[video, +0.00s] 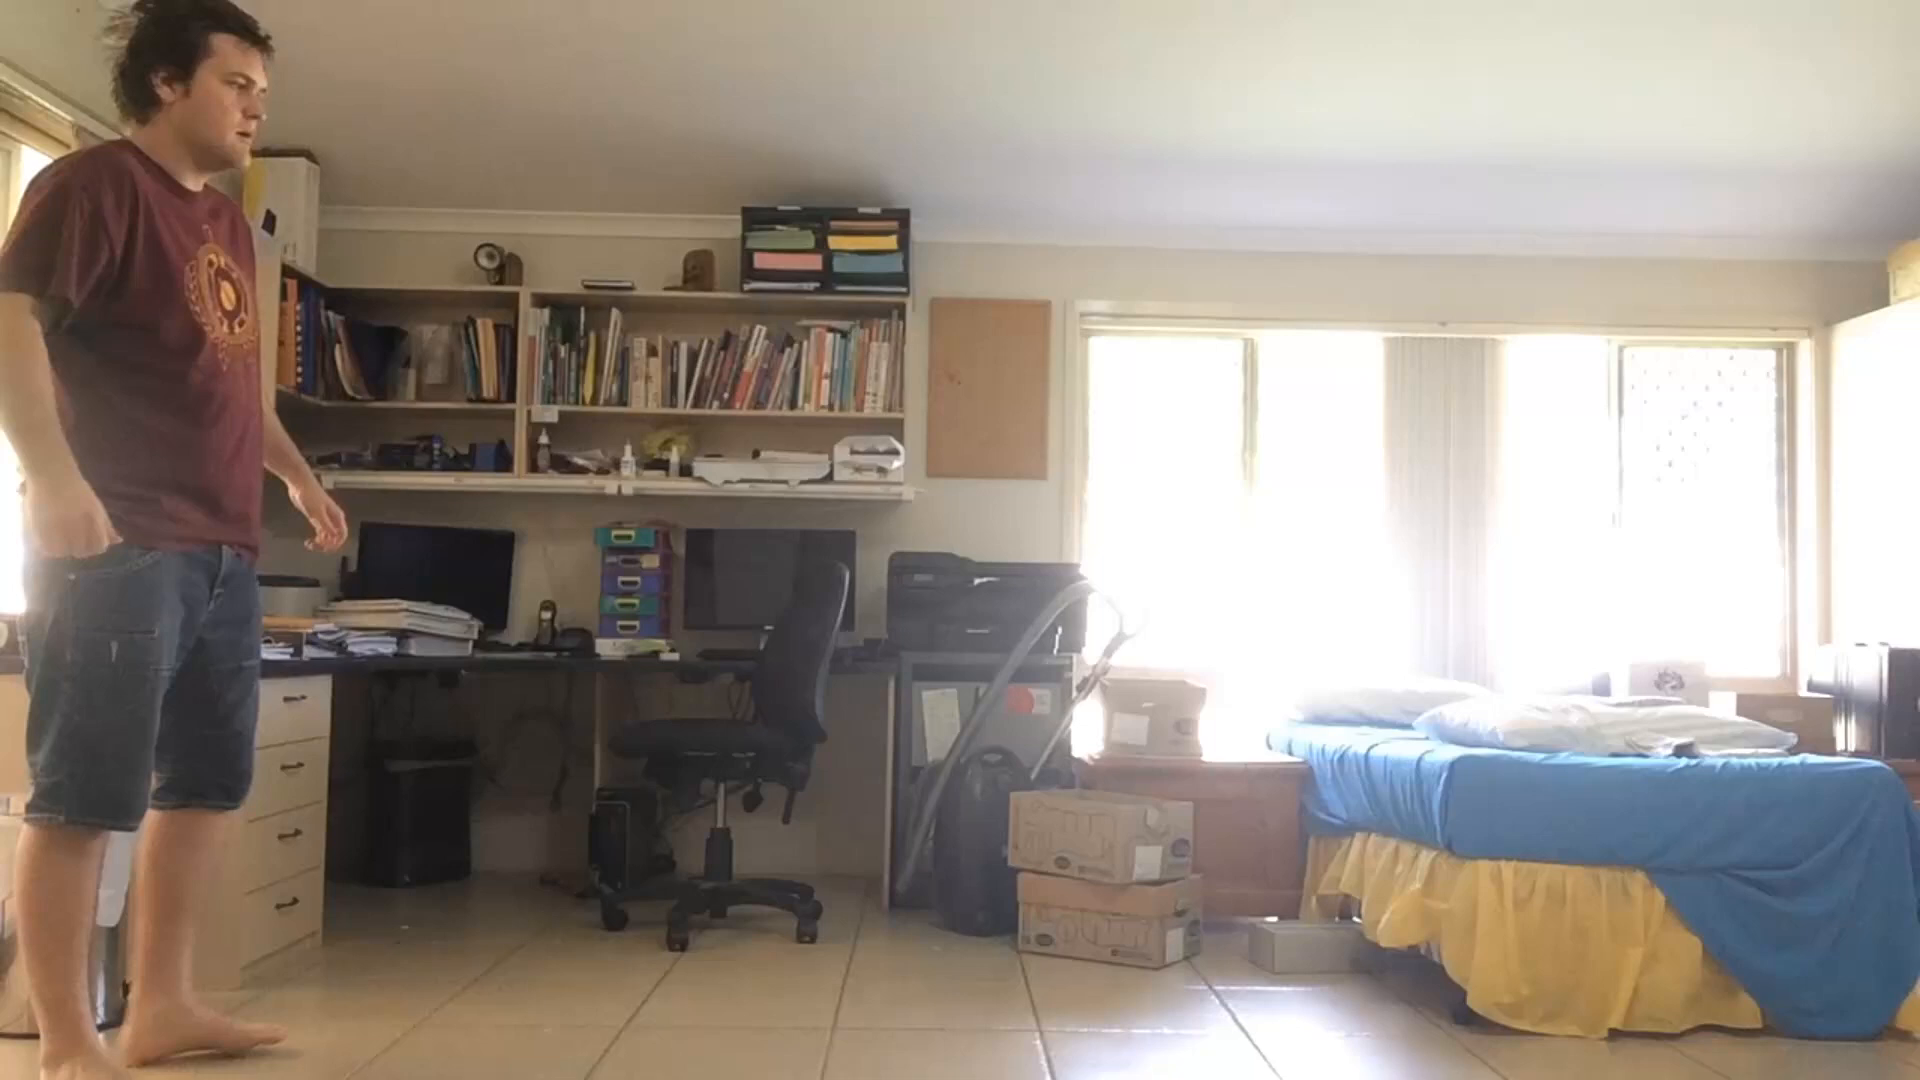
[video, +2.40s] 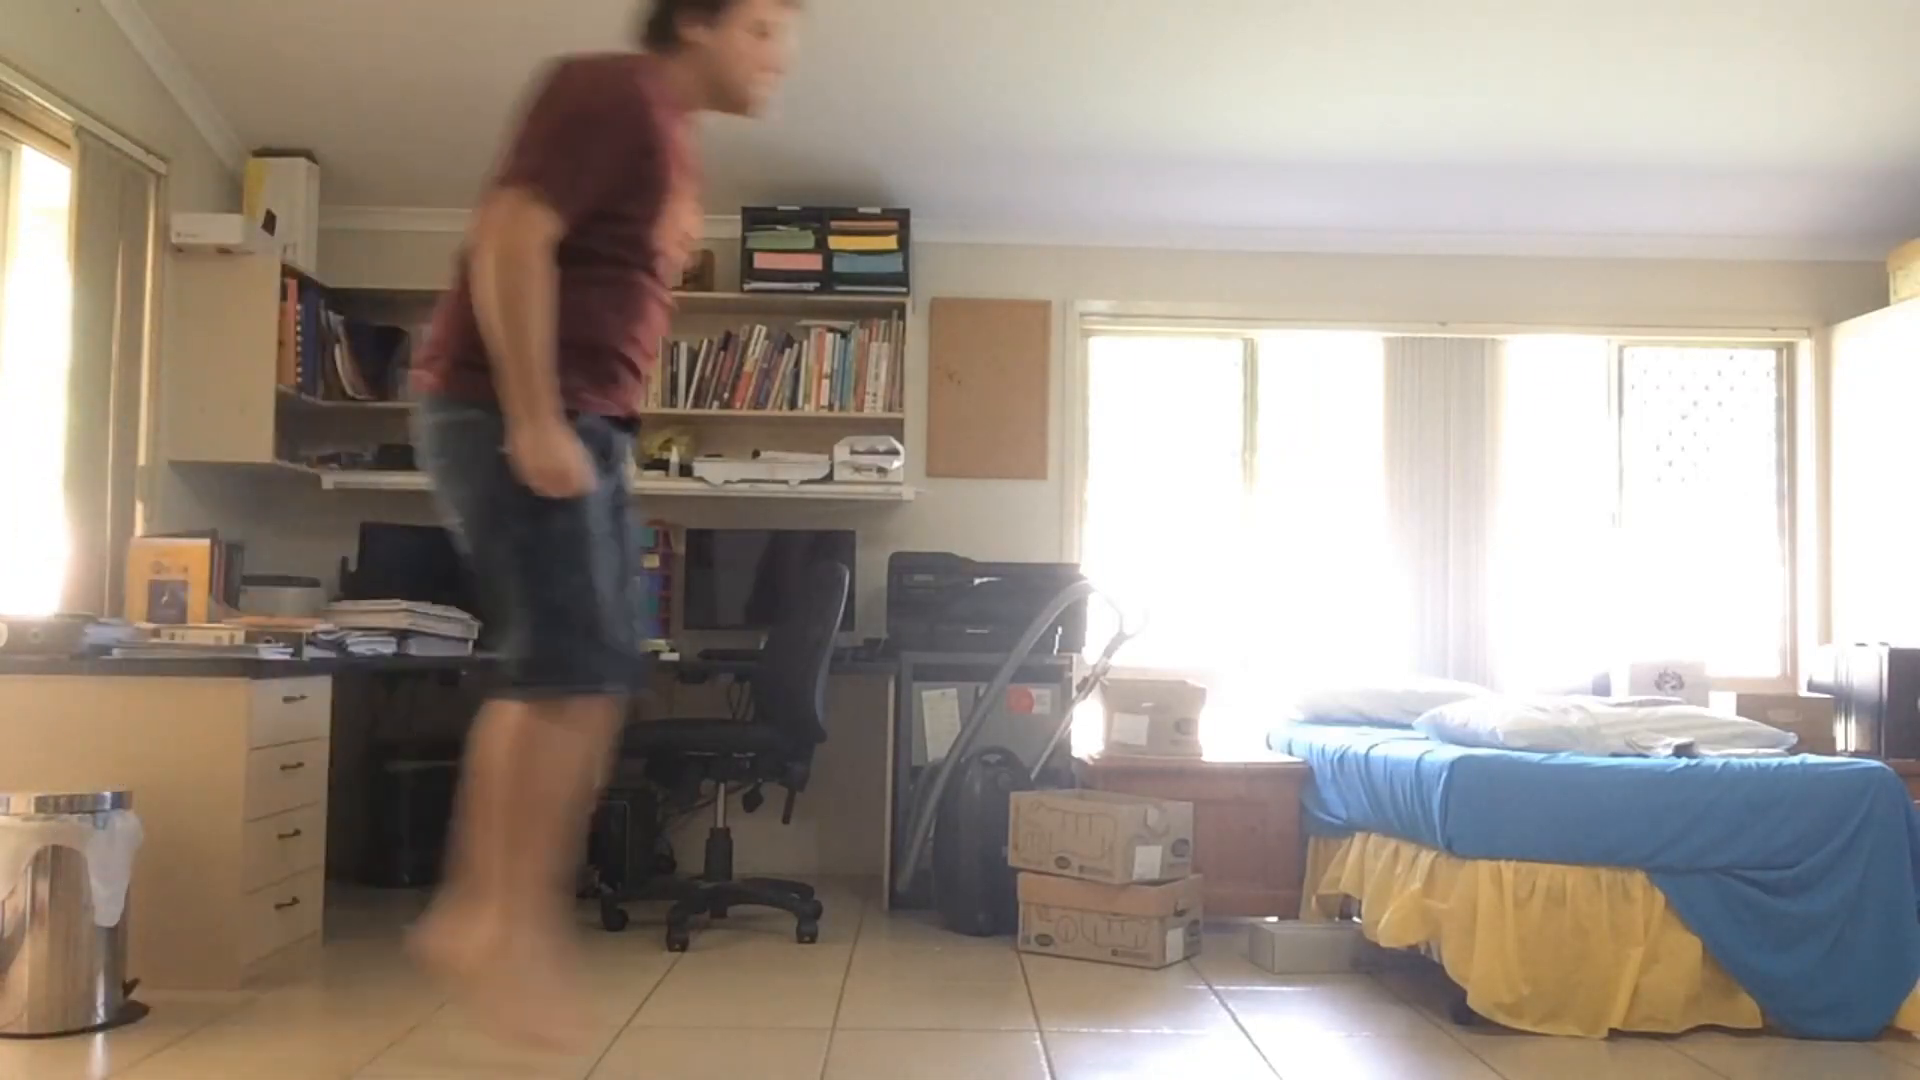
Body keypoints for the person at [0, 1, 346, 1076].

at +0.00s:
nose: (255, 110)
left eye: (261, 95)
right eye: (237, 84)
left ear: (248, 108)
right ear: (166, 83)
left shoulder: (231, 218)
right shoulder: (93, 182)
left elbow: (236, 380)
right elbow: (10, 315)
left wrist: (301, 478)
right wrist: (53, 479)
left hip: (225, 549)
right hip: (115, 543)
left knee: (201, 787)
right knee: (79, 800)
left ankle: (163, 1010)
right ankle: (66, 1043)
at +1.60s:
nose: (379, 136)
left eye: (383, 121)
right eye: (360, 111)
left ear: (352, 133)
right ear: (289, 110)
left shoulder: (321, 249)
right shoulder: (193, 195)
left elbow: (271, 410)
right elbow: (97, 360)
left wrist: (266, 544)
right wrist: (119, 533)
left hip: (249, 560)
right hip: (151, 548)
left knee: (211, 805)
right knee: (126, 808)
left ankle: (143, 1022)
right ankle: (72, 1045)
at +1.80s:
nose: (486, 266)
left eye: (489, 247)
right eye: (469, 240)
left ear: (419, 252)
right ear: (399, 239)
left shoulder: (396, 357)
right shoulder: (278, 304)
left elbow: (281, 460)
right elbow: (119, 408)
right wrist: (100, 586)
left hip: (235, 602)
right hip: (140, 589)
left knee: (262, 808)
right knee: (195, 811)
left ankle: (144, 1027)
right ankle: (76, 1048)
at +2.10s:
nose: (538, 229)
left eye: (539, 210)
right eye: (520, 208)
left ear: (500, 223)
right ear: (454, 217)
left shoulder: (486, 342)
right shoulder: (375, 316)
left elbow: (407, 472)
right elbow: (242, 430)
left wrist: (359, 594)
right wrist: (210, 609)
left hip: (351, 633)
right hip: (268, 625)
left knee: (333, 858)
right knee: (283, 856)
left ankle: (156, 1019)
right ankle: (92, 1032)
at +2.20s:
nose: (569, 117)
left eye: (574, 100)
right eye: (553, 94)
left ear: (523, 109)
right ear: (486, 94)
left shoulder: (516, 220)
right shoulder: (406, 181)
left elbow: (501, 354)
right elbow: (301, 305)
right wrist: (326, 476)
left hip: (461, 544)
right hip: (383, 535)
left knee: (332, 786)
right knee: (282, 774)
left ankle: (215, 980)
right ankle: (137, 985)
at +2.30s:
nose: (659, 54)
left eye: (662, 34)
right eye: (646, 29)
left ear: (595, 32)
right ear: (582, 23)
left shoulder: (570, 132)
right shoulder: (490, 103)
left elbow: (507, 272)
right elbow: (405, 242)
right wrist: (444, 422)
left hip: (532, 452)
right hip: (467, 446)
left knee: (470, 694)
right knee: (460, 695)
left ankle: (280, 897)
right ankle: (295, 918)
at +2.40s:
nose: (781, 58)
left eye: (785, 36)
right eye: (767, 31)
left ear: (728, 32)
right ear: (703, 24)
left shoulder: (669, 136)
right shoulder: (607, 90)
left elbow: (596, 281)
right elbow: (511, 235)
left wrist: (600, 426)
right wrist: (535, 420)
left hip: (574, 426)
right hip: (515, 421)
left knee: (558, 664)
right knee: (578, 669)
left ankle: (479, 915)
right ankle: (510, 938)